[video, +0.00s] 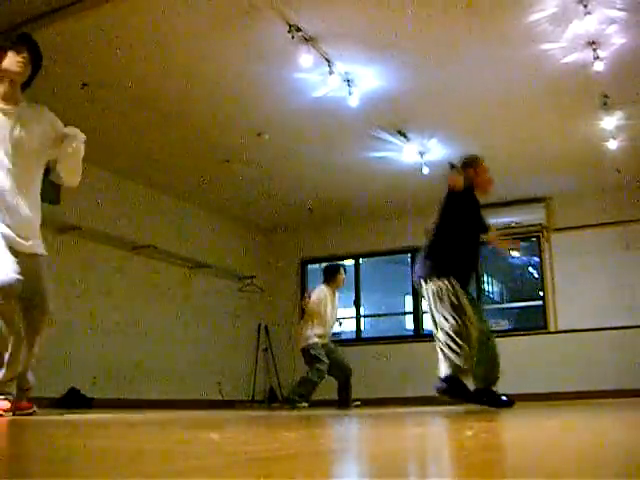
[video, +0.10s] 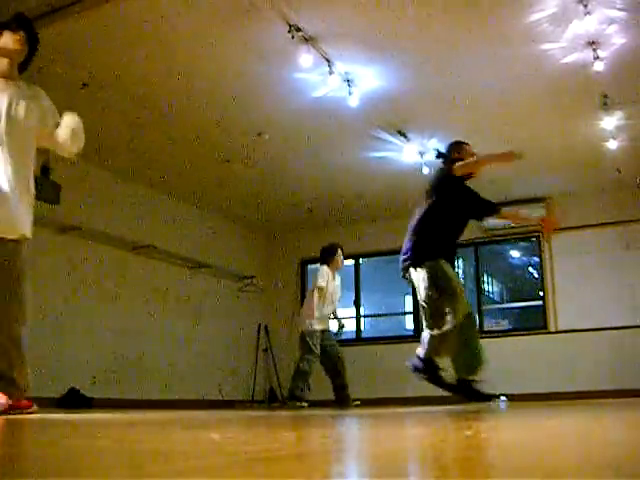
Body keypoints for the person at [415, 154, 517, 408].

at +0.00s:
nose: (489, 178)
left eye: (487, 172)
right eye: (484, 172)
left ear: (476, 174)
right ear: (472, 174)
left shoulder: (469, 204)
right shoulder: (461, 196)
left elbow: (482, 234)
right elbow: (456, 182)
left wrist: (501, 242)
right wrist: (455, 179)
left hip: (450, 275)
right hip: (438, 273)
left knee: (478, 330)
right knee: (459, 326)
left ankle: (483, 386)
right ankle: (450, 378)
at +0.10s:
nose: (475, 158)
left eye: (474, 154)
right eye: (470, 154)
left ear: (459, 160)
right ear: (457, 158)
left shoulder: (463, 195)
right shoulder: (444, 179)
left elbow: (499, 213)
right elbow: (473, 164)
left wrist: (538, 222)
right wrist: (502, 158)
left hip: (437, 259)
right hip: (423, 256)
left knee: (462, 317)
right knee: (451, 309)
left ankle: (463, 381)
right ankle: (425, 359)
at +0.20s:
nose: (460, 159)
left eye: (460, 154)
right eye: (452, 154)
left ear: (460, 158)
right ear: (438, 159)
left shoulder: (457, 193)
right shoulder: (429, 181)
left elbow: (491, 208)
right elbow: (468, 178)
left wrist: (516, 199)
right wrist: (511, 161)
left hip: (439, 266)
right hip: (414, 262)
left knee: (453, 331)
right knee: (439, 305)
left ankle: (426, 375)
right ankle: (410, 360)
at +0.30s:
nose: (451, 165)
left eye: (451, 161)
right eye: (444, 160)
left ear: (448, 167)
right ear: (427, 166)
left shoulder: (447, 201)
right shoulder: (419, 191)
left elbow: (476, 216)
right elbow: (447, 213)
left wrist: (483, 183)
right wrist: (471, 190)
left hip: (434, 277)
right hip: (411, 274)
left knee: (430, 334)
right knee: (415, 329)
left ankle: (413, 390)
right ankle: (399, 389)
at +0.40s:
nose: (439, 164)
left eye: (442, 159)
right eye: (432, 159)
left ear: (447, 163)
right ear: (420, 163)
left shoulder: (455, 199)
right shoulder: (407, 191)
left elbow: (463, 235)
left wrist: (453, 206)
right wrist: (440, 211)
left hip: (430, 278)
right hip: (398, 274)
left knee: (436, 336)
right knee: (400, 331)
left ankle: (421, 373)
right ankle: (392, 390)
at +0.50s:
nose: (431, 161)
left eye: (436, 157)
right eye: (426, 156)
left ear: (442, 164)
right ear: (415, 162)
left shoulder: (448, 206)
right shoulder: (395, 194)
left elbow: (446, 255)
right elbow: (377, 234)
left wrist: (445, 234)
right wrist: (415, 226)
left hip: (426, 273)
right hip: (389, 272)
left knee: (435, 303)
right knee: (385, 328)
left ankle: (438, 341)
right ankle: (389, 391)